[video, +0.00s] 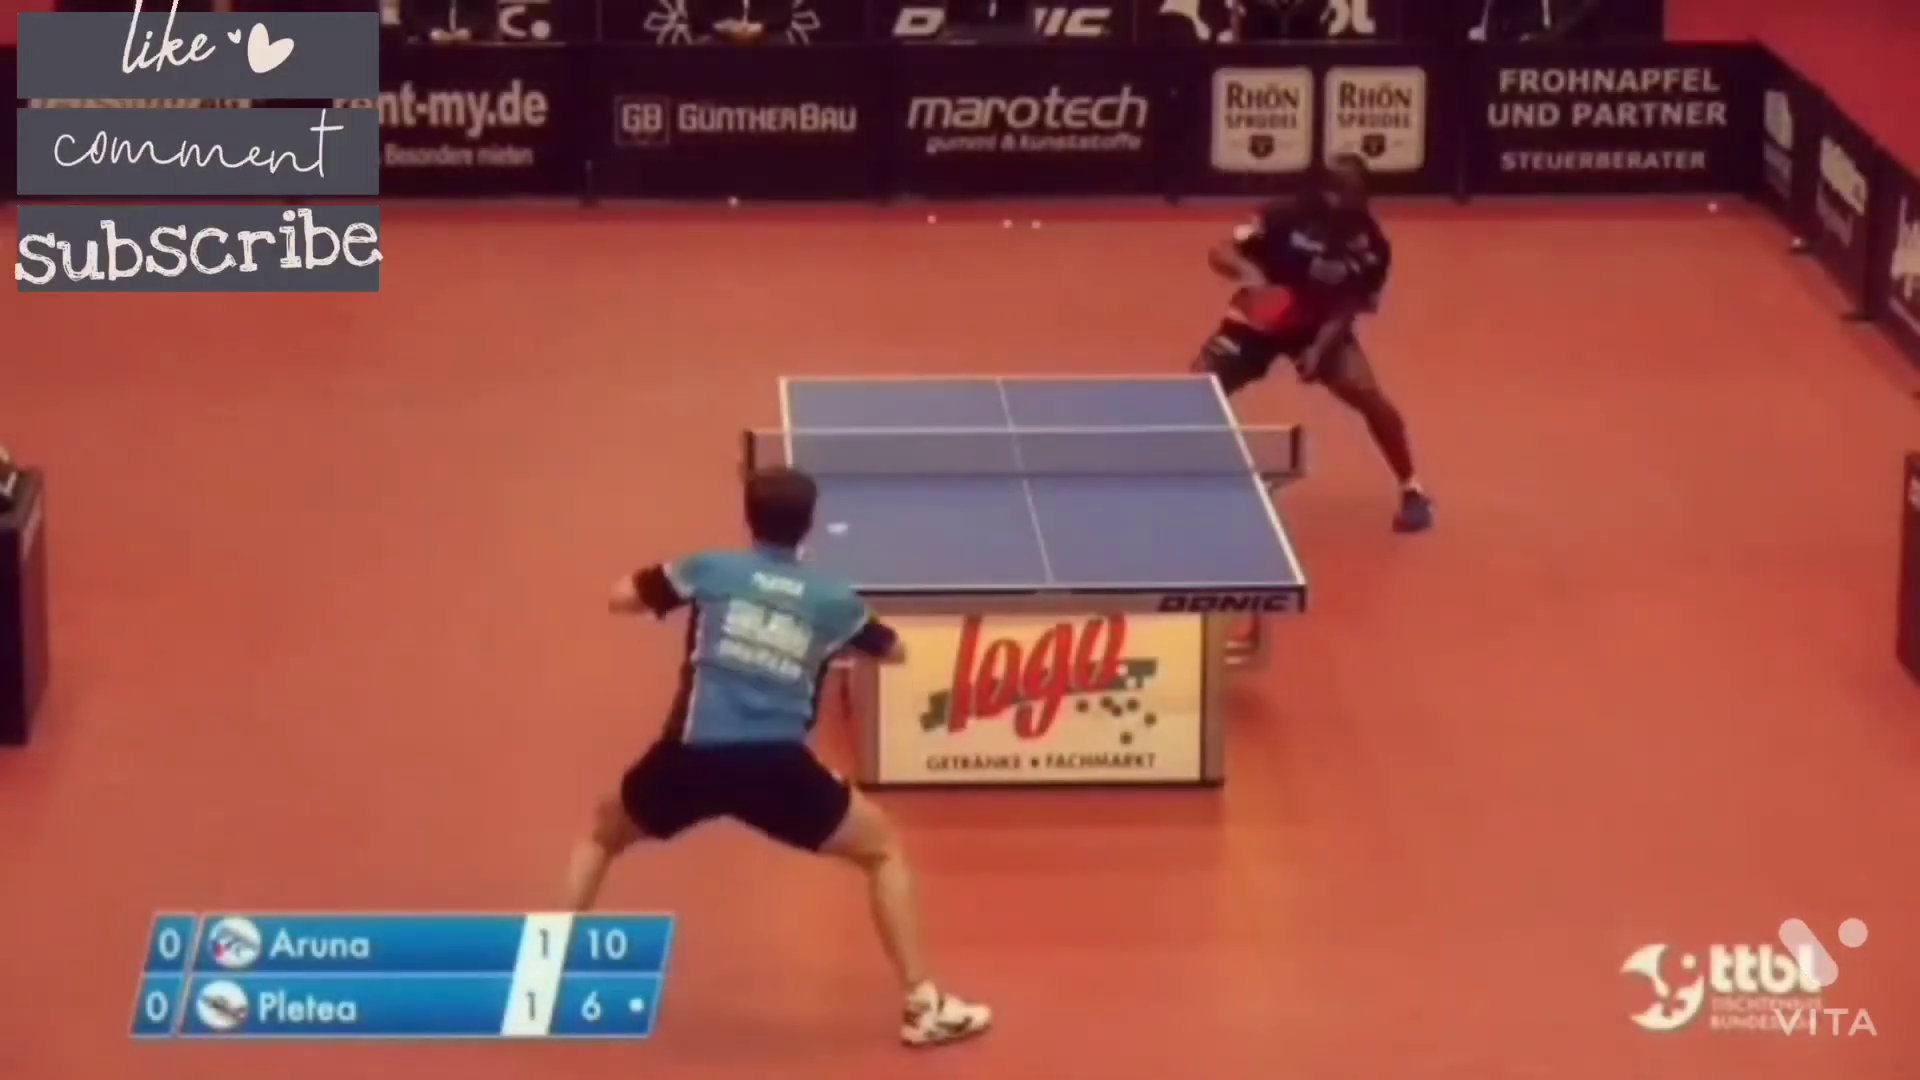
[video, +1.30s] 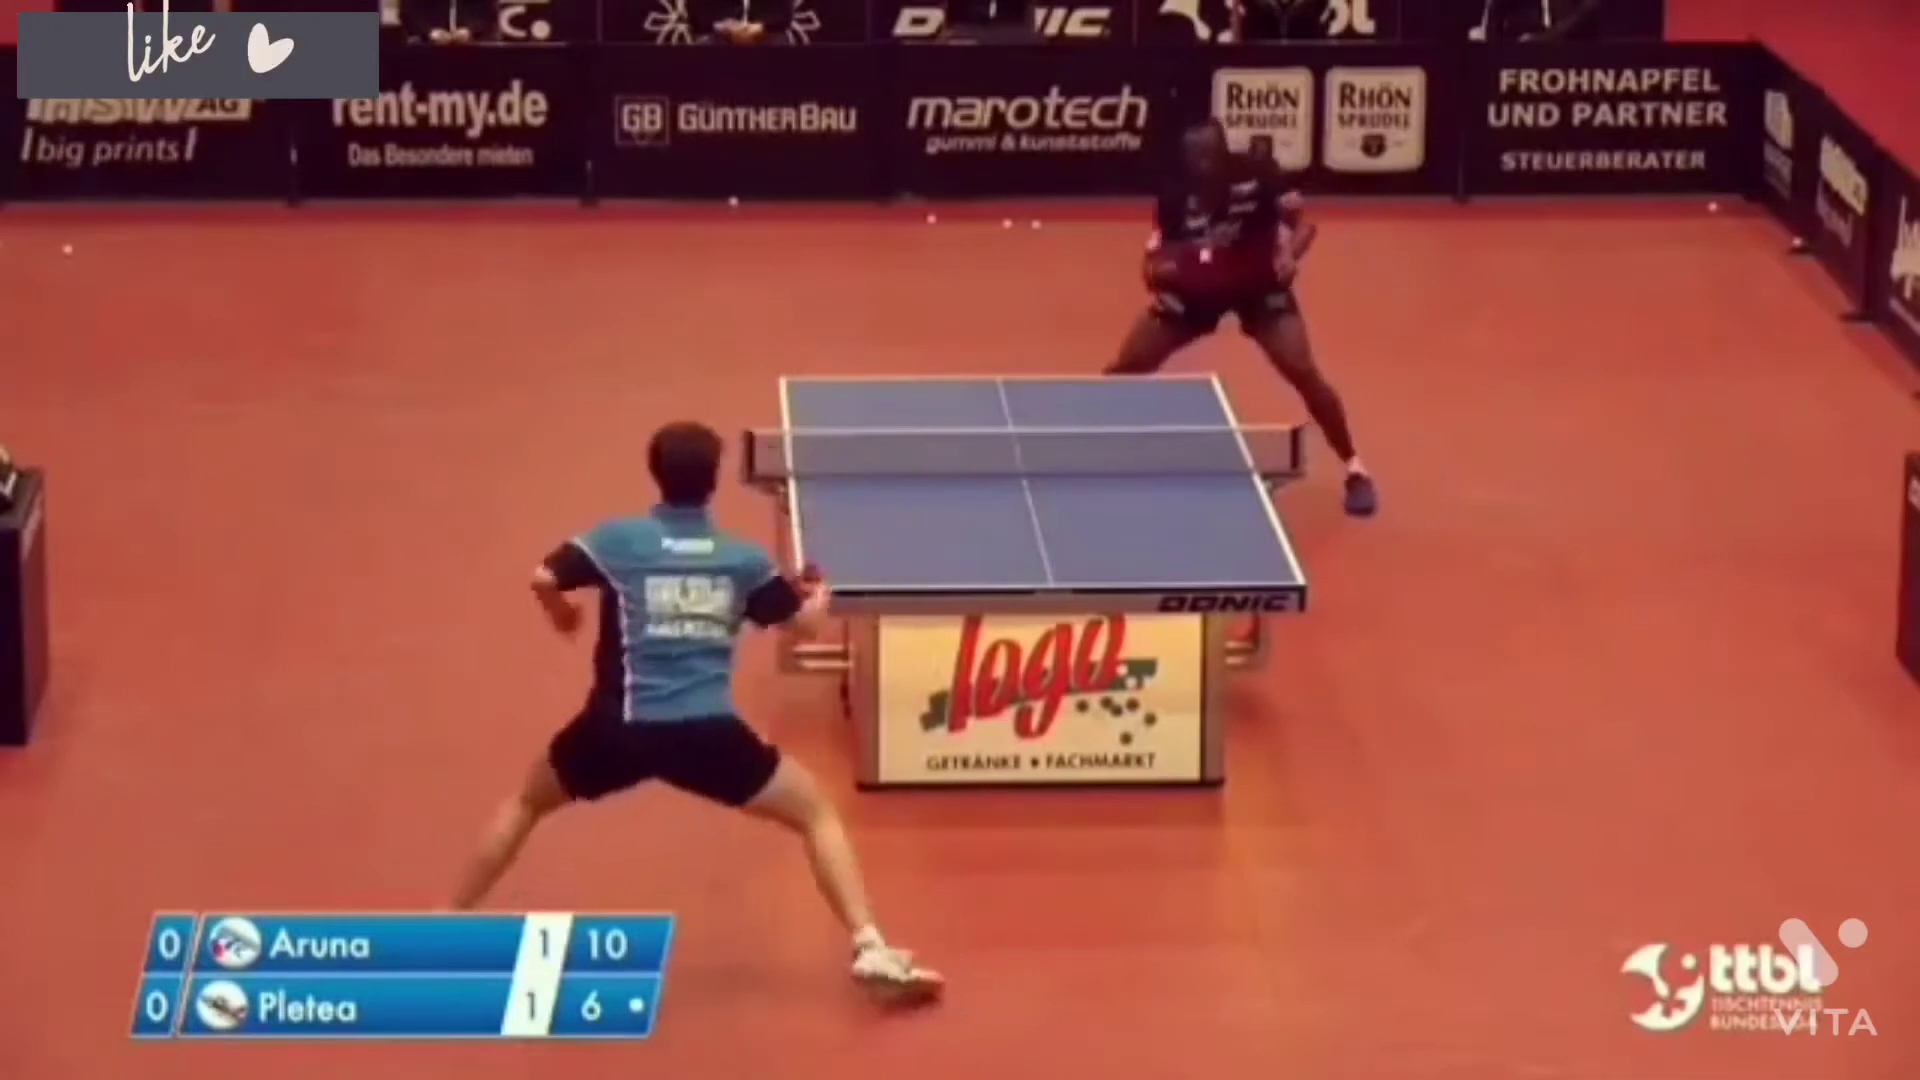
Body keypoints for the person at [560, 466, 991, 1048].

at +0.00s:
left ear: (749, 516)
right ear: (808, 524)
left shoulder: (709, 570)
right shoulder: (829, 598)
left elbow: (624, 597)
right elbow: (894, 650)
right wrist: (844, 634)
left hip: (693, 763)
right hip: (777, 770)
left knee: (604, 836)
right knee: (883, 852)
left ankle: (549, 962)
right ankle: (923, 1003)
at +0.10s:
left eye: (746, 468)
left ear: (744, 480)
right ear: (801, 488)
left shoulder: (726, 526)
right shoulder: (817, 558)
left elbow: (665, 552)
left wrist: (654, 576)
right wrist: (838, 550)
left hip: (688, 715)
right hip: (768, 725)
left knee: (604, 838)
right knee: (855, 858)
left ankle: (533, 959)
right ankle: (922, 998)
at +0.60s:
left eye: (773, 468)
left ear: (774, 479)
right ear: (835, 484)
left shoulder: (730, 536)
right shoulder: (854, 566)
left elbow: (656, 582)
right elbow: (904, 644)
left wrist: (692, 604)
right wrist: (874, 609)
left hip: (716, 736)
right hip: (806, 740)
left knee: (626, 807)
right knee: (910, 812)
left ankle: (567, 938)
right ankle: (960, 958)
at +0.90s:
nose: (761, 497)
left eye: (759, 490)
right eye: (796, 497)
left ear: (750, 503)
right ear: (804, 515)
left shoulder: (708, 551)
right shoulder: (817, 583)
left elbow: (626, 566)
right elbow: (881, 620)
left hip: (690, 749)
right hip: (774, 757)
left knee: (611, 791)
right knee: (876, 835)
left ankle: (559, 931)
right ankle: (957, 966)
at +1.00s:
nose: (743, 488)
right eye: (744, 479)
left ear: (686, 483)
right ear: (740, 490)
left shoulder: (666, 525)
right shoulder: (762, 553)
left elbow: (610, 532)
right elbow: (805, 563)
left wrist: (585, 585)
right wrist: (831, 539)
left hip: (638, 718)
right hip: (719, 732)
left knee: (567, 779)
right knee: (816, 858)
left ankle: (497, 889)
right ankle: (916, 973)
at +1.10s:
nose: (694, 484)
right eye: (696, 474)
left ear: (640, 481)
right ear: (697, 486)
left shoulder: (621, 532)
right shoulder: (723, 554)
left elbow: (581, 575)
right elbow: (776, 603)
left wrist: (545, 638)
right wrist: (781, 574)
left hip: (612, 733)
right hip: (693, 740)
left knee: (525, 819)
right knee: (790, 853)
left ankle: (446, 929)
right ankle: (885, 975)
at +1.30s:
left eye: (669, 467)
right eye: (710, 470)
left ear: (656, 478)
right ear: (715, 482)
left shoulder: (617, 541)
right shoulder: (741, 557)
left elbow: (545, 579)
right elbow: (795, 619)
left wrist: (563, 618)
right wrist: (812, 591)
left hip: (617, 730)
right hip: (708, 734)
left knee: (526, 807)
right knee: (816, 816)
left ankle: (446, 925)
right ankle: (870, 946)